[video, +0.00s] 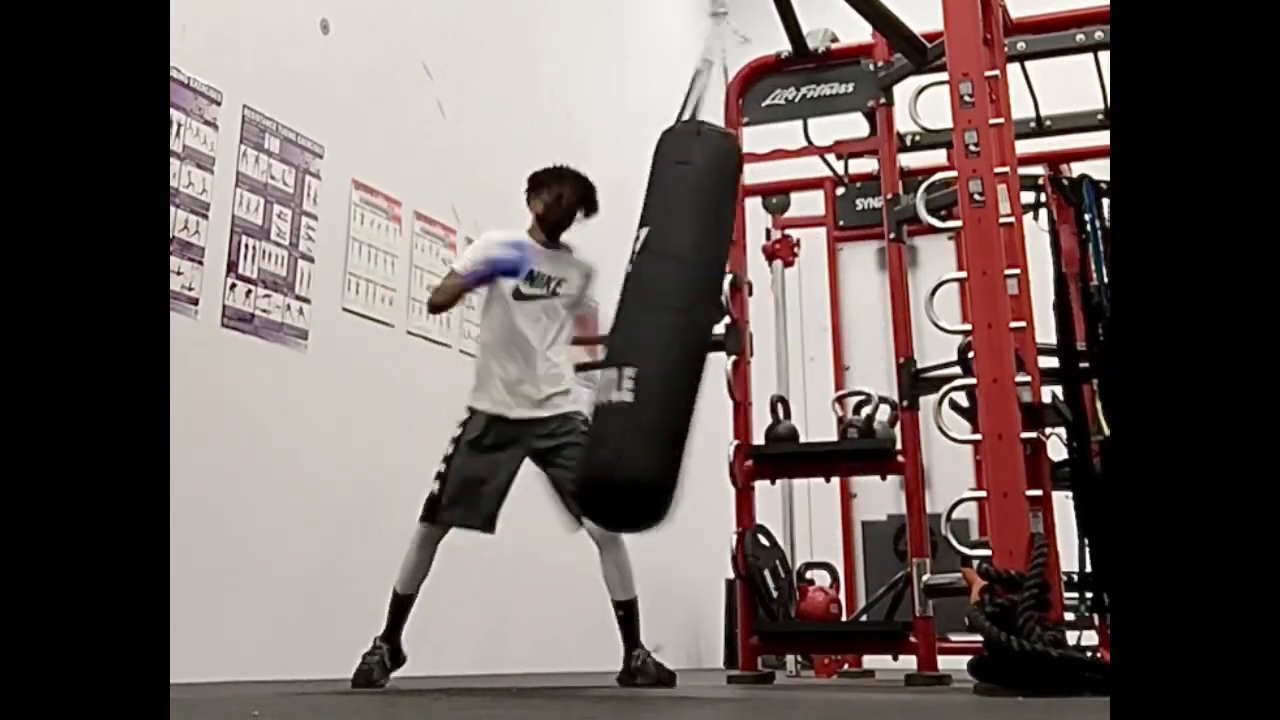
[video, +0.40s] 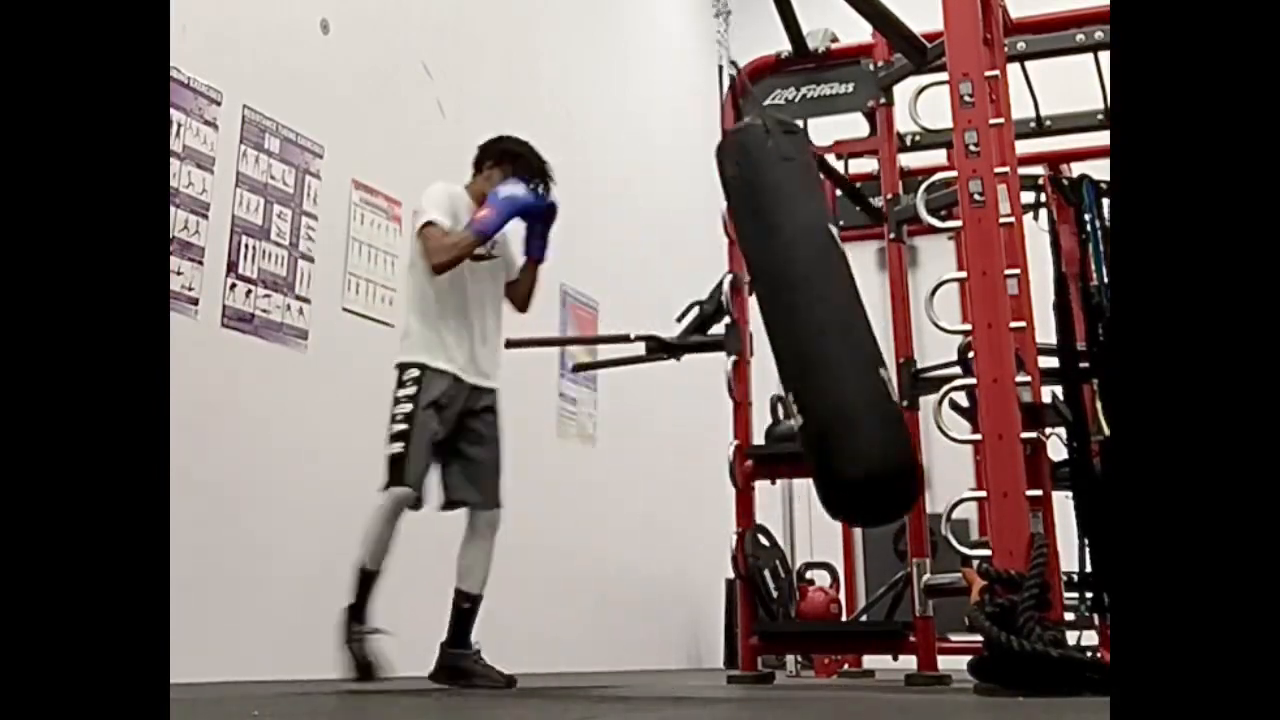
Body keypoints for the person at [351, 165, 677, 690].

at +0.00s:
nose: (560, 216)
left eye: (570, 210)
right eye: (554, 204)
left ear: (578, 215)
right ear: (533, 201)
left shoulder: (580, 271)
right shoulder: (497, 247)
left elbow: (588, 340)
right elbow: (437, 302)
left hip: (557, 415)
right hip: (492, 413)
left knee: (606, 523)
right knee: (432, 523)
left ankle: (635, 655)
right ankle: (388, 643)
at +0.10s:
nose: (572, 206)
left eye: (584, 200)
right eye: (566, 195)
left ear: (596, 202)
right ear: (551, 189)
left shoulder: (608, 256)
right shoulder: (515, 238)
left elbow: (663, 313)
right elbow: (470, 297)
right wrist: (467, 269)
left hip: (578, 399)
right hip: (514, 393)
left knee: (611, 520)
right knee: (453, 506)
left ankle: (638, 652)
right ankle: (440, 633)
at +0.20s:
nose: (584, 219)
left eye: (593, 211)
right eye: (578, 207)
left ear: (600, 211)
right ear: (553, 195)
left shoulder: (601, 257)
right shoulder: (511, 240)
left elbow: (628, 326)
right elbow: (470, 312)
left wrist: (636, 270)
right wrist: (523, 262)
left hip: (585, 407)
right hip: (521, 402)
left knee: (626, 523)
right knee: (466, 520)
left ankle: (640, 652)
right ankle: (417, 645)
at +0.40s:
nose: (514, 194)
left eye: (521, 189)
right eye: (512, 183)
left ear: (514, 189)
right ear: (486, 169)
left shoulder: (498, 235)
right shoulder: (443, 196)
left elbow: (520, 299)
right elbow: (437, 256)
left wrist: (539, 238)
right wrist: (495, 215)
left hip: (478, 382)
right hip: (427, 369)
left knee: (485, 513)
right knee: (401, 494)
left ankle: (457, 651)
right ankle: (356, 622)